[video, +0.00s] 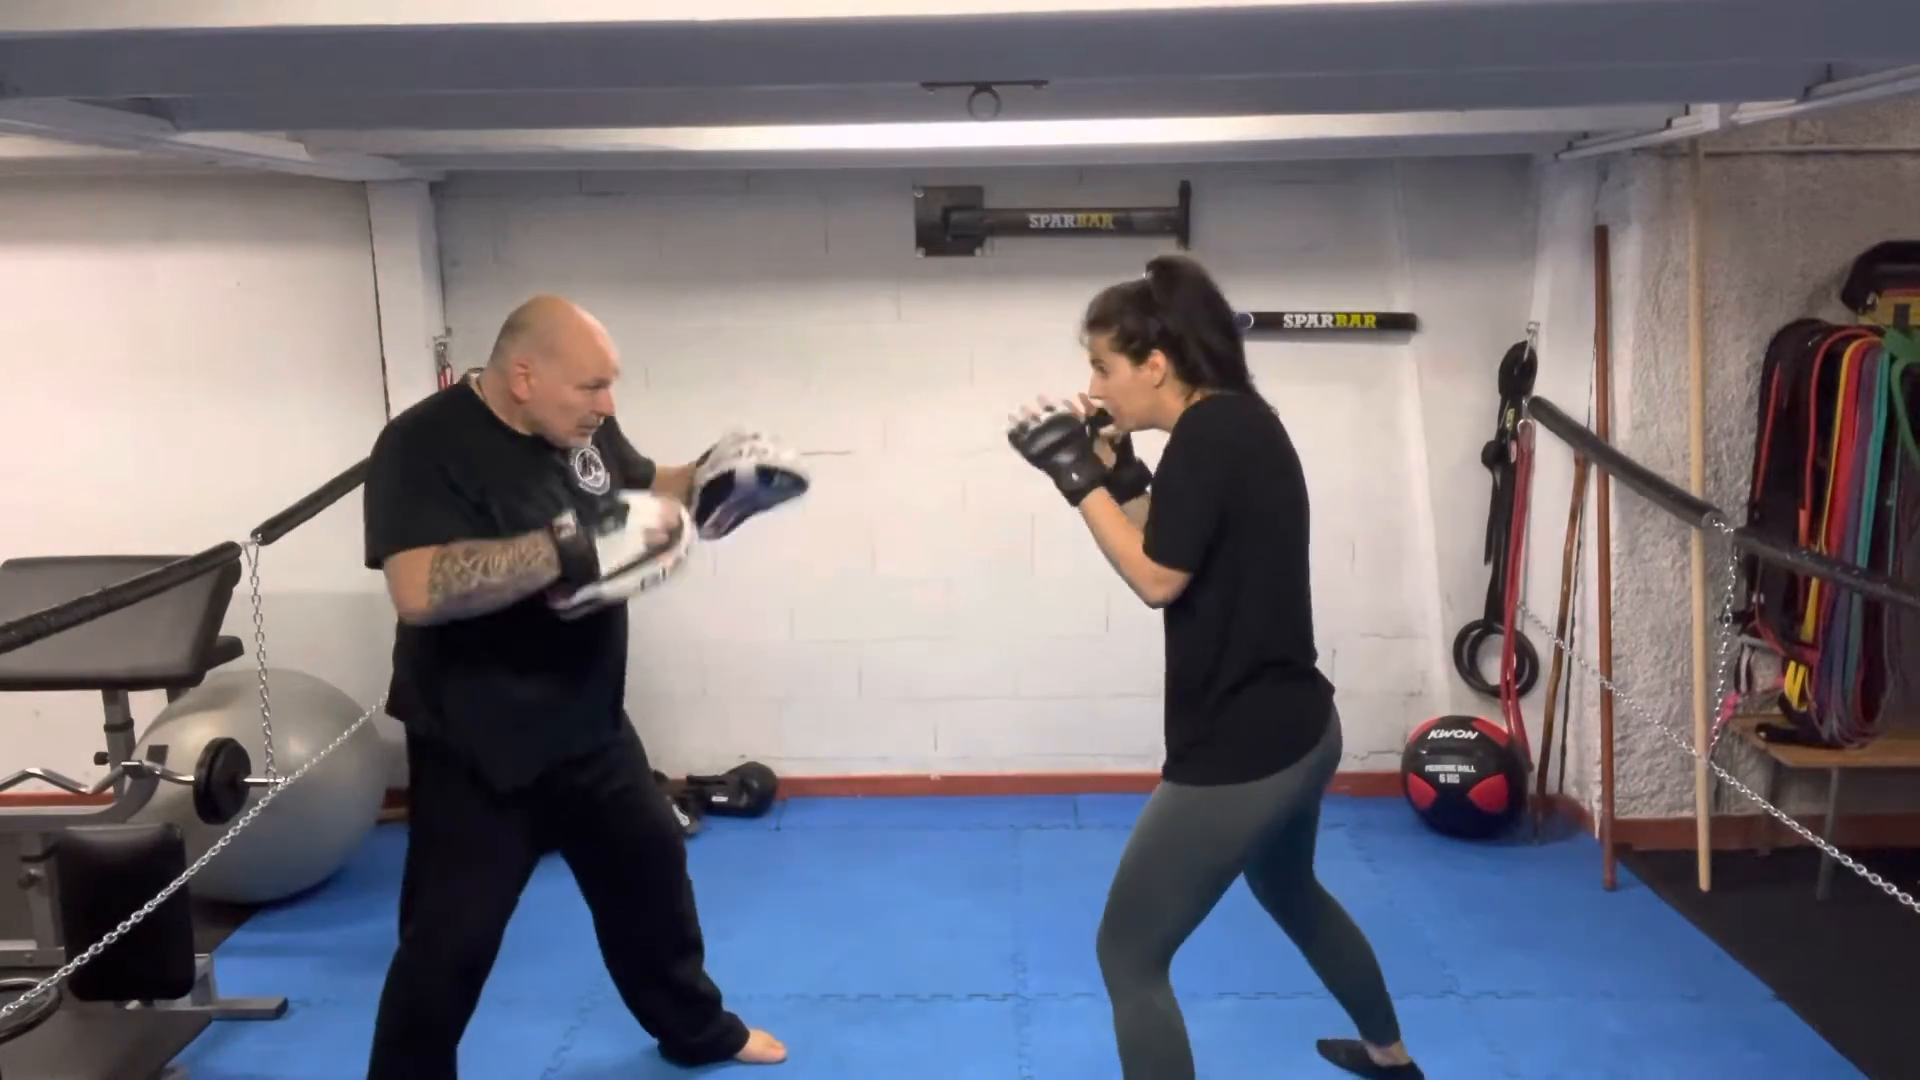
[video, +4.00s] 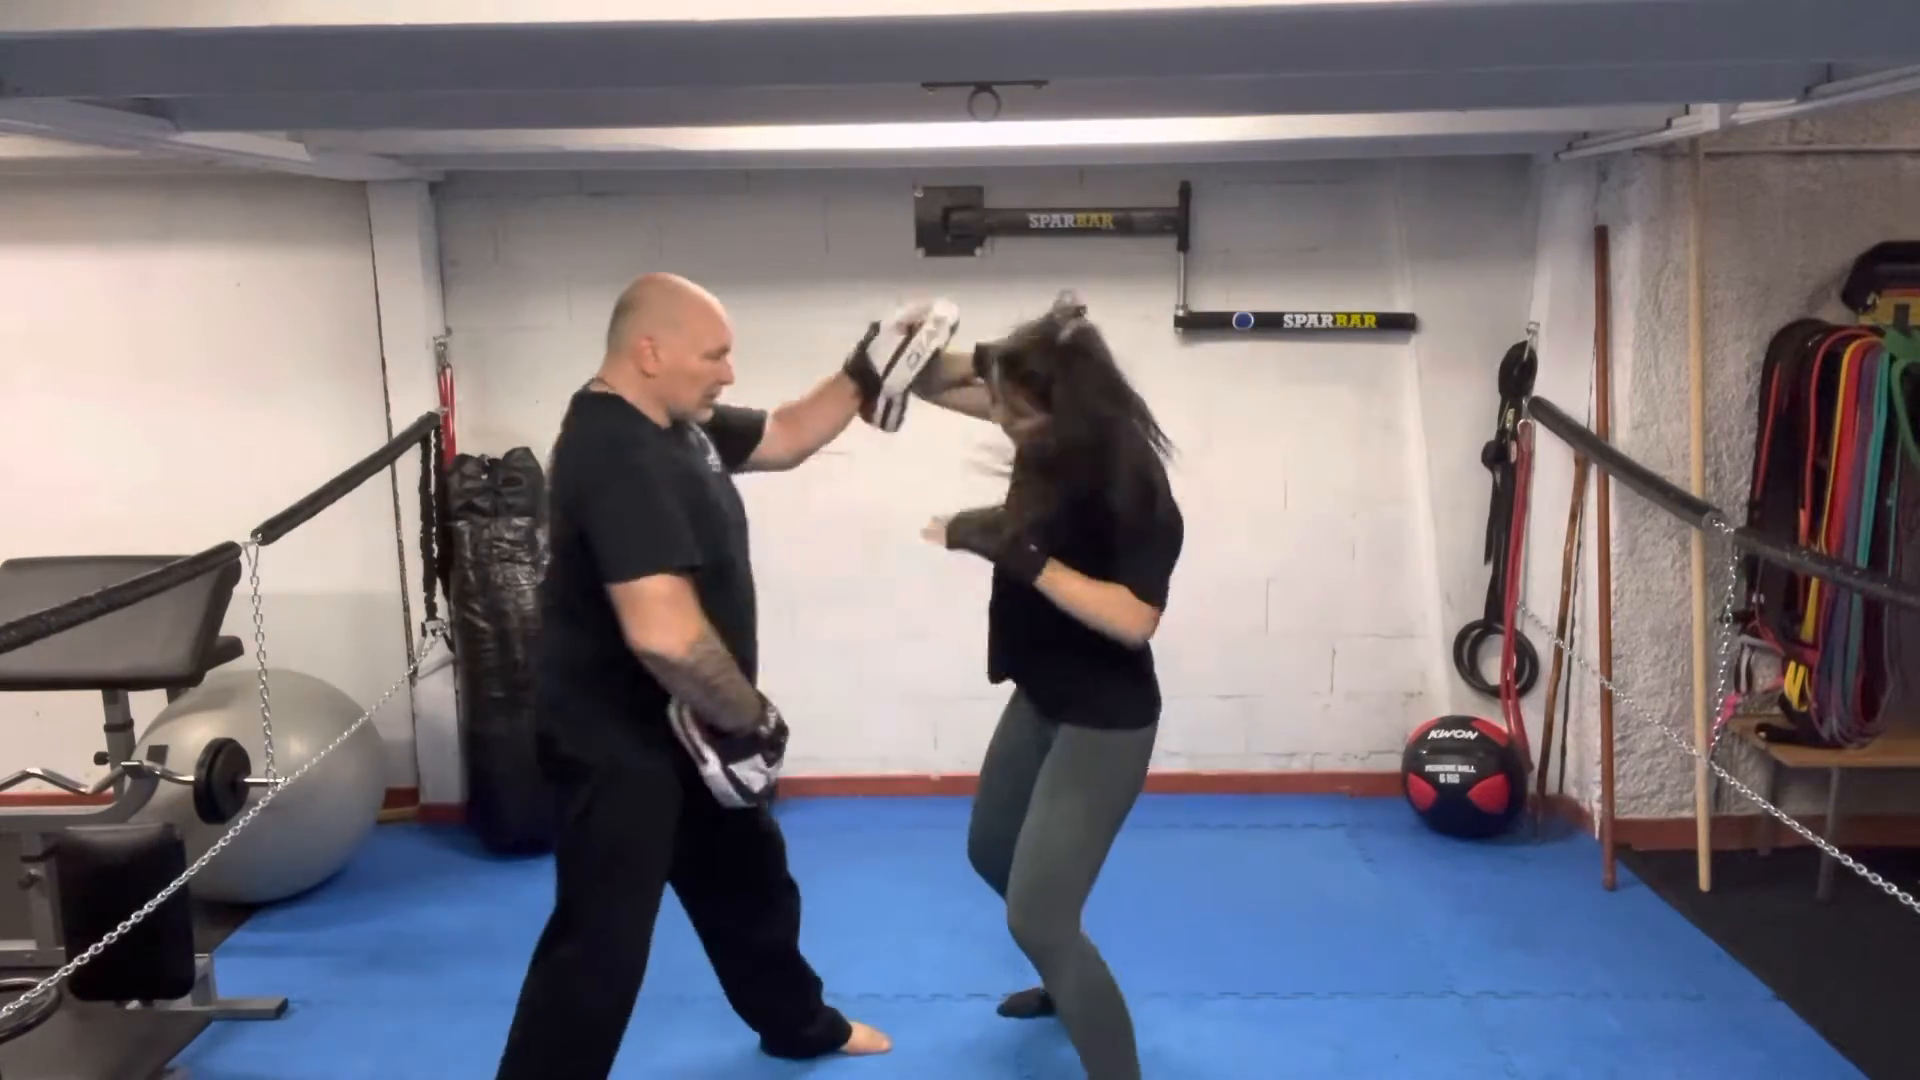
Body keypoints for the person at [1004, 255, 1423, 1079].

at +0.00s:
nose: (1096, 390)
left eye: (1102, 369)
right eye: (1094, 371)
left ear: (1157, 364)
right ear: (1164, 359)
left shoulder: (1207, 436)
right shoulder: (1249, 425)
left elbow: (1156, 577)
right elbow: (1191, 558)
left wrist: (1079, 481)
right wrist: (1118, 473)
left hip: (1238, 754)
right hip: (1299, 729)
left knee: (1130, 951)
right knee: (1289, 887)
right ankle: (1386, 1047)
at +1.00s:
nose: (963, 456)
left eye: (974, 439)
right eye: (961, 438)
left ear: (1017, 438)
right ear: (1026, 433)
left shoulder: (1112, 520)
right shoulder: (1044, 500)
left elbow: (1046, 675)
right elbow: (967, 598)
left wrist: (965, 566)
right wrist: (888, 544)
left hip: (1138, 825)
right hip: (1124, 795)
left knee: (967, 990)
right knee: (1126, 921)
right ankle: (1277, 1017)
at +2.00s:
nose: (1043, 465)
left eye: (1056, 452)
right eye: (1039, 451)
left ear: (1103, 437)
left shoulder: (1172, 473)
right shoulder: (1125, 461)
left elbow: (1058, 556)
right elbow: (1063, 493)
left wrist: (1013, 462)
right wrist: (1004, 460)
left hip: (1224, 752)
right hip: (1152, 739)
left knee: (1186, 992)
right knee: (1080, 874)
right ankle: (1164, 997)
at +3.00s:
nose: (1011, 602)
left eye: (1007, 595)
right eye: (1000, 600)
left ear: (1023, 571)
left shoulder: (1119, 550)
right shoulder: (1044, 539)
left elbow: (1129, 712)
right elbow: (995, 633)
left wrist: (1028, 693)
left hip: (1241, 776)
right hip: (1156, 765)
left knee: (1148, 998)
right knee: (1083, 901)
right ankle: (1148, 987)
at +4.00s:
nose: (1005, 425)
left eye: (1015, 415)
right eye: (1003, 412)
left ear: (1057, 409)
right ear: (1047, 400)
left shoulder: (1129, 477)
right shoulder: (1053, 432)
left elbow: (1135, 619)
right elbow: (940, 387)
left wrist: (1021, 556)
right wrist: (910, 343)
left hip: (1109, 721)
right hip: (1042, 699)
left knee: (1042, 920)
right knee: (994, 849)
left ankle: (1117, 1072)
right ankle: (1069, 980)